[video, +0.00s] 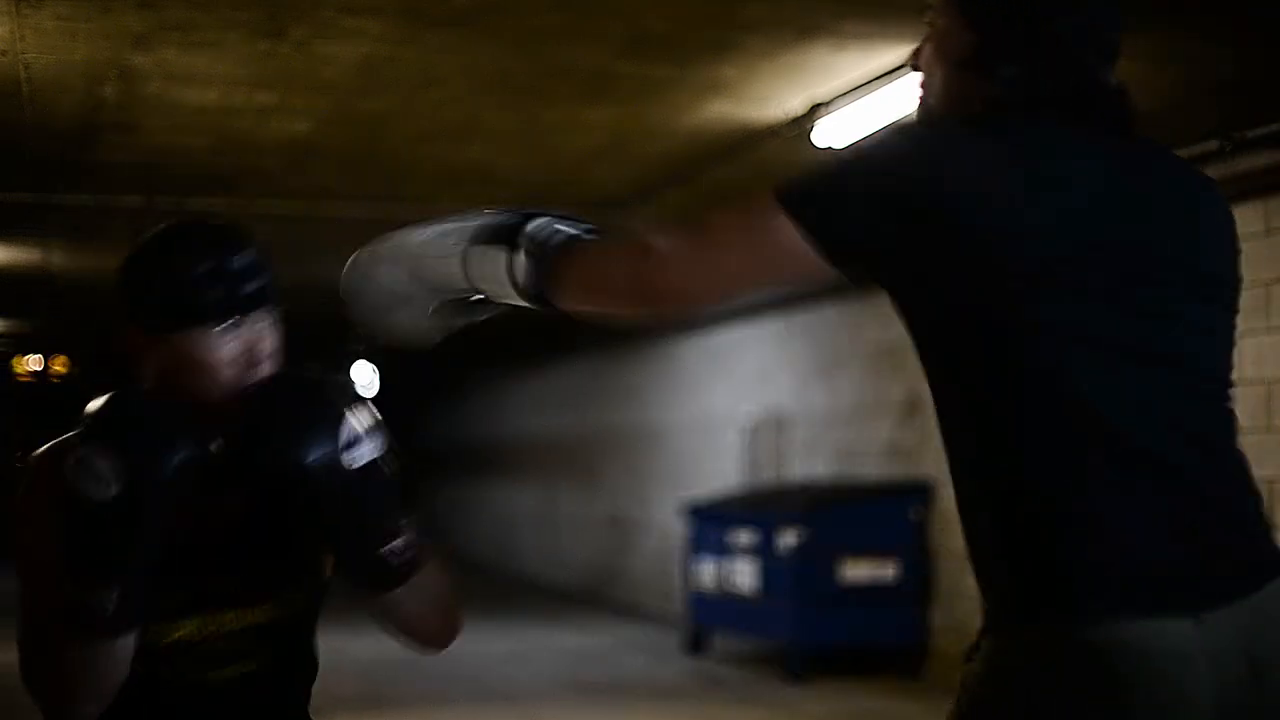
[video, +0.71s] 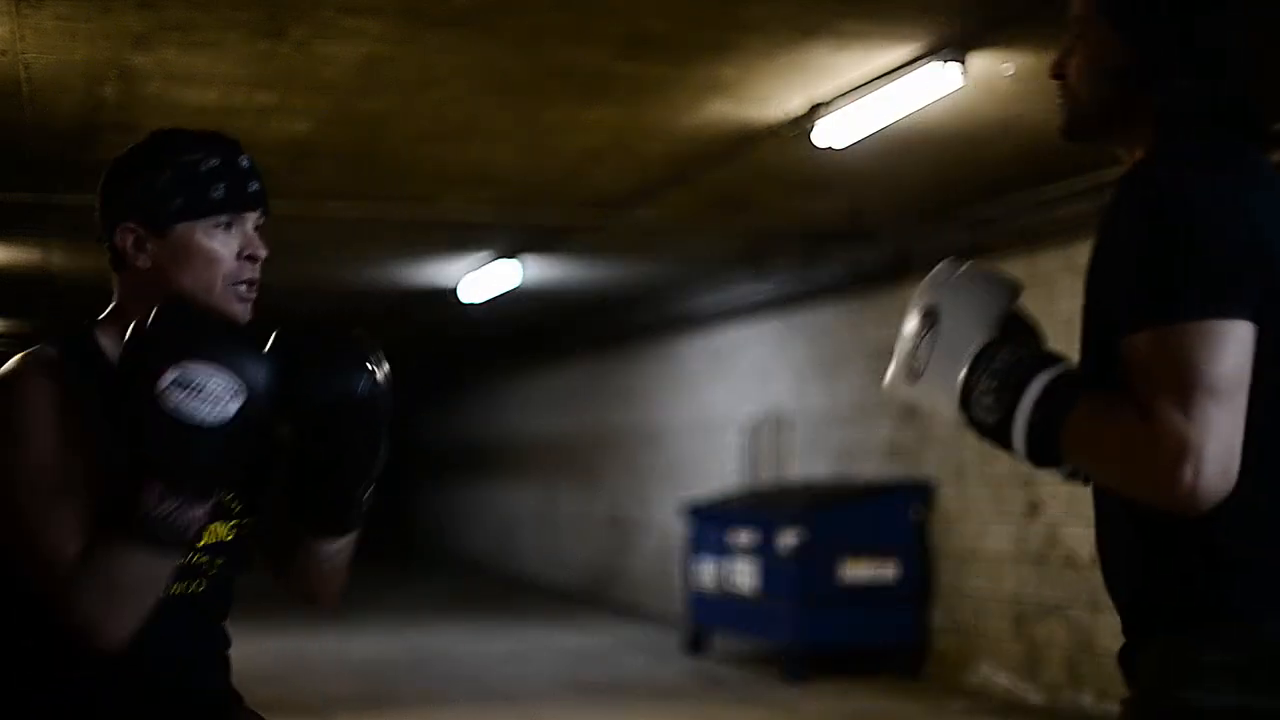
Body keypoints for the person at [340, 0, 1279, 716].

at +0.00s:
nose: (924, 63)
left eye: (937, 41)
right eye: (932, 41)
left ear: (971, 53)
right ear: (1085, 56)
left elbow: (662, 278)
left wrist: (504, 261)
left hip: (1081, 641)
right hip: (1246, 617)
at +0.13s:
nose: (882, 47)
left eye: (900, 24)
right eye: (891, 24)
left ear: (936, 39)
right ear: (1045, 41)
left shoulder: (906, 166)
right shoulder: (1114, 174)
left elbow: (741, 387)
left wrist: (683, 359)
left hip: (1057, 639)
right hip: (1211, 609)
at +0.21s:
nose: (873, 51)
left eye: (894, 24)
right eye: (883, 25)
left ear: (955, 38)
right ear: (989, 41)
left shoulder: (979, 176)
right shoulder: (1049, 166)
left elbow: (894, 461)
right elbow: (884, 412)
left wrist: (799, 473)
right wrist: (712, 301)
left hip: (1080, 656)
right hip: (1171, 626)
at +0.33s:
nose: (903, 58)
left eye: (922, 26)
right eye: (913, 30)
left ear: (984, 41)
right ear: (1032, 49)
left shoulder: (1017, 184)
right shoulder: (1083, 177)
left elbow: (1024, 466)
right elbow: (971, 439)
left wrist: (861, 574)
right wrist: (787, 376)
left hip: (1099, 658)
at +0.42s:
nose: (932, 47)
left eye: (953, 20)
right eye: (942, 23)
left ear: (1014, 31)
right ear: (1039, 38)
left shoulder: (1065, 184)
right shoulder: (1112, 178)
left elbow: (1076, 461)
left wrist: (878, 565)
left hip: (1128, 661)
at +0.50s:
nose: (975, 59)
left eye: (994, 32)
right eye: (984, 35)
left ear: (1059, 45)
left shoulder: (1115, 197)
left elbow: (1129, 461)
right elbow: (1098, 449)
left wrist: (949, 501)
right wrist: (943, 467)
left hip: (1170, 662)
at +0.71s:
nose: (1058, 65)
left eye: (1083, 36)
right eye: (1070, 38)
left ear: (1150, 47)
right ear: (1161, 49)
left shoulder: (1194, 191)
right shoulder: (1204, 184)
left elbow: (1190, 459)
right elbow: (1187, 447)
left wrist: (1006, 387)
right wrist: (1028, 372)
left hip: (1225, 662)